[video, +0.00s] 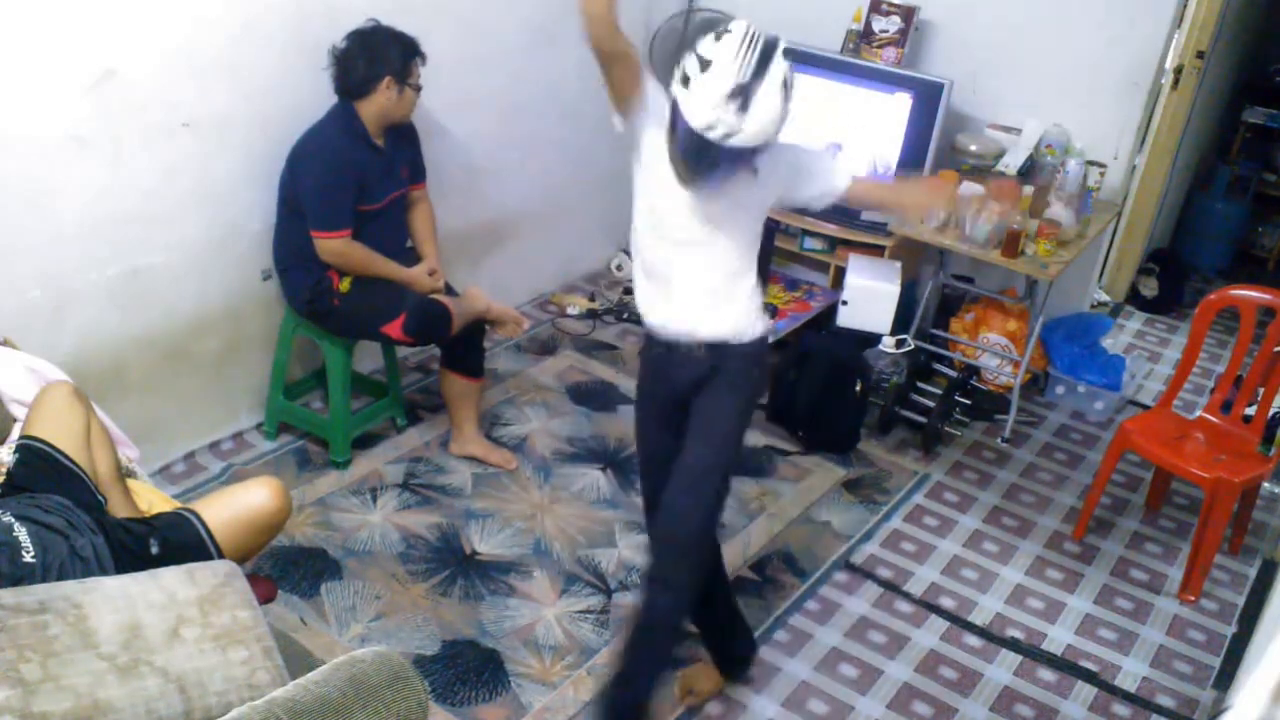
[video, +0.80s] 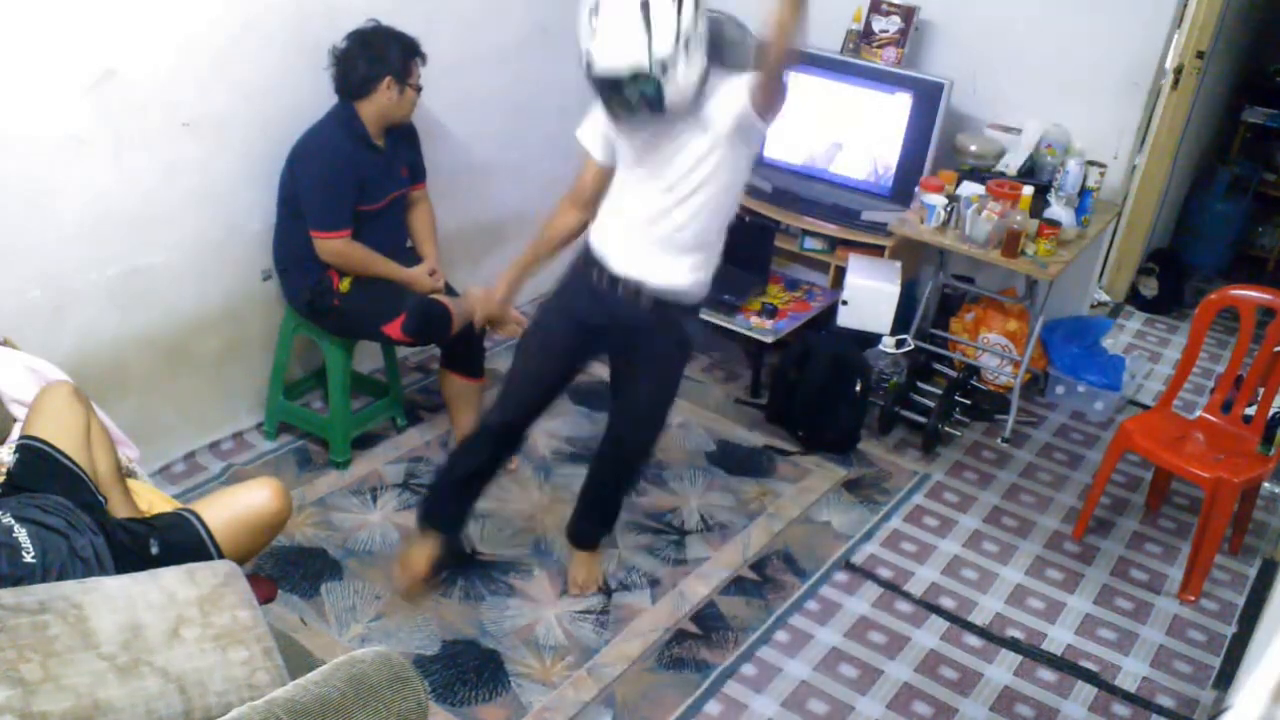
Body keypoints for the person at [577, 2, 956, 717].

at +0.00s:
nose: (710, 159)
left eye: (730, 151)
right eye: (699, 139)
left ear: (757, 133)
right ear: (677, 101)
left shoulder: (776, 164)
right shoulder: (650, 120)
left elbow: (880, 191)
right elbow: (605, 40)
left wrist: (972, 193)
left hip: (732, 359)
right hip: (661, 354)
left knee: (681, 525)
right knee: (671, 519)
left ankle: (620, 705)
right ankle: (734, 650)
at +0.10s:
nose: (729, 146)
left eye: (751, 136)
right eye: (719, 127)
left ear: (775, 122)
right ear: (694, 97)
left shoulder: (777, 158)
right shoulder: (648, 120)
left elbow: (873, 159)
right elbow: (577, 51)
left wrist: (953, 128)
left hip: (716, 351)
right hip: (648, 348)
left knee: (663, 503)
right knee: (680, 503)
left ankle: (592, 687)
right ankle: (728, 645)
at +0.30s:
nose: (731, 88)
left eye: (746, 78)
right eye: (725, 67)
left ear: (757, 77)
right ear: (696, 48)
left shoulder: (743, 108)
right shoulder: (627, 75)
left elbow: (788, 113)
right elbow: (572, 7)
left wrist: (841, 119)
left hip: (675, 308)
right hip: (607, 297)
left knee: (613, 444)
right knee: (634, 435)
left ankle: (578, 570)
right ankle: (678, 549)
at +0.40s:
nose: (686, 124)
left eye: (702, 116)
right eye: (675, 102)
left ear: (721, 112)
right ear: (652, 83)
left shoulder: (717, 153)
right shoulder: (609, 127)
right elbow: (605, 49)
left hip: (649, 349)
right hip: (581, 330)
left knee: (594, 460)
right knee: (576, 427)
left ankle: (554, 559)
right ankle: (615, 474)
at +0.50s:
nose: (661, 142)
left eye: (680, 130)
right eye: (652, 124)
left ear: (705, 122)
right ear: (627, 105)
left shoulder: (715, 159)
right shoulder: (594, 140)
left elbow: (710, 240)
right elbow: (565, 101)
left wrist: (711, 309)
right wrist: (626, 18)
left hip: (648, 345)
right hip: (580, 323)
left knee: (589, 468)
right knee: (543, 404)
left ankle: (552, 560)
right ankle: (553, 450)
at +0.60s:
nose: (644, 94)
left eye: (657, 85)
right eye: (634, 81)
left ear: (688, 66)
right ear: (620, 57)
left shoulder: (730, 118)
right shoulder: (597, 77)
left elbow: (733, 225)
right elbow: (551, 151)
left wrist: (722, 323)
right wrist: (548, 205)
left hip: (664, 299)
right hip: (591, 269)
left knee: (608, 437)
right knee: (524, 376)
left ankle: (563, 557)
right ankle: (484, 455)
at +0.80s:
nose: (636, 88)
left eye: (649, 70)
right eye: (622, 75)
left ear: (687, 48)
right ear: (608, 62)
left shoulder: (738, 105)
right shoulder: (619, 104)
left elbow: (777, 54)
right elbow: (577, 207)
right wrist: (507, 283)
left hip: (665, 313)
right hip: (591, 285)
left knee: (629, 445)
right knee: (508, 415)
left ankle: (586, 540)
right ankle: (434, 531)